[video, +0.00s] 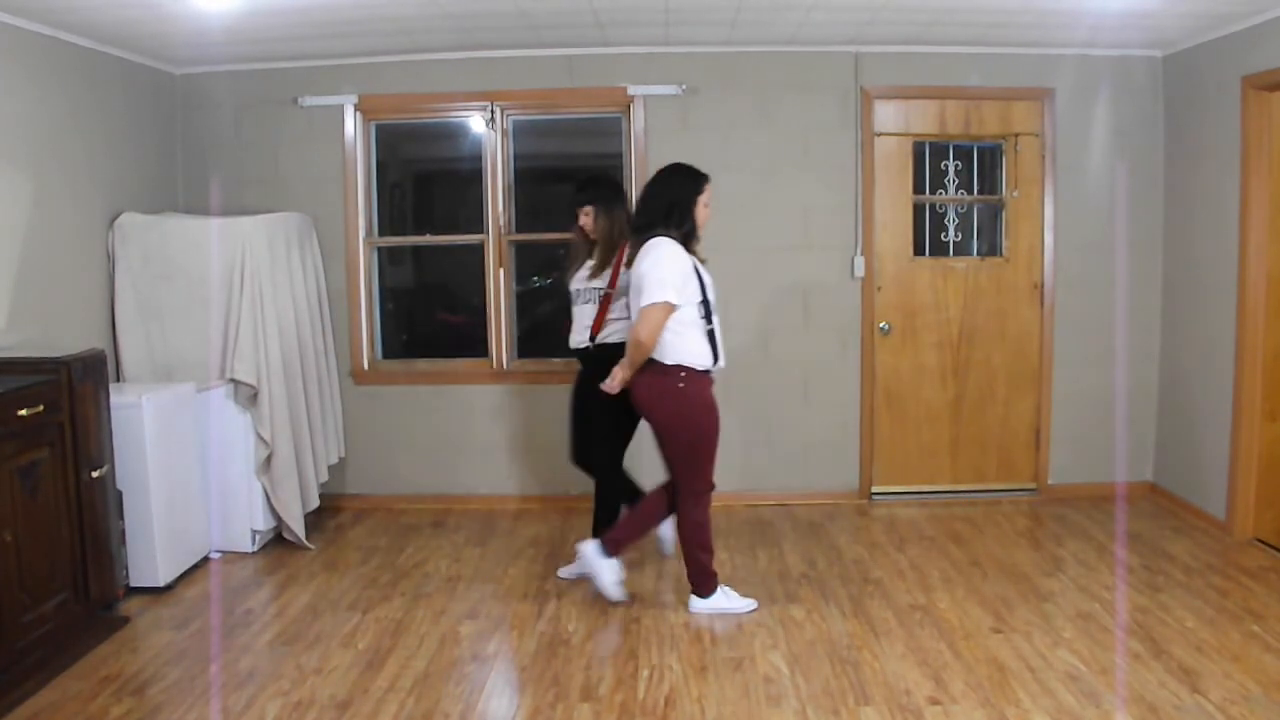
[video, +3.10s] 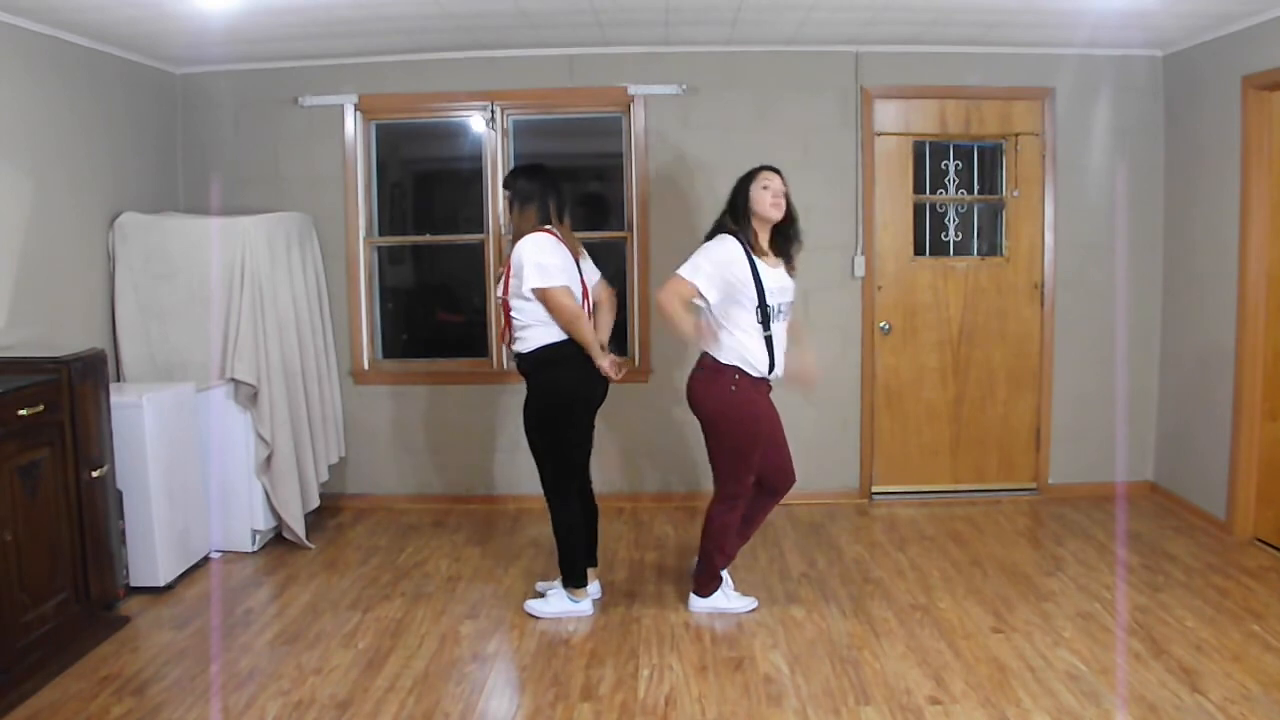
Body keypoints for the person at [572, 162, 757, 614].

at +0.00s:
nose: (709, 211)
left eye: (708, 202)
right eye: (705, 202)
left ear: (669, 202)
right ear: (684, 204)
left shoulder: (665, 251)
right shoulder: (666, 253)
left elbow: (647, 330)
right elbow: (645, 335)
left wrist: (627, 365)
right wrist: (626, 369)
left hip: (671, 381)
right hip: (678, 383)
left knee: (688, 483)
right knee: (695, 488)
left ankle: (606, 548)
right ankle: (705, 590)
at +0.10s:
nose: (722, 210)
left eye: (722, 201)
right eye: (718, 201)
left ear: (684, 202)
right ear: (697, 203)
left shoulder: (685, 251)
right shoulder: (675, 252)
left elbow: (660, 328)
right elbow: (656, 334)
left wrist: (639, 365)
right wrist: (639, 368)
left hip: (698, 377)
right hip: (683, 380)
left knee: (721, 479)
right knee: (700, 484)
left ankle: (647, 552)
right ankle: (705, 590)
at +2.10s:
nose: (747, 210)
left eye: (747, 201)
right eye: (742, 201)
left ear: (716, 203)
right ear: (717, 202)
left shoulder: (716, 252)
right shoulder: (699, 253)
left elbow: (688, 326)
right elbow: (681, 336)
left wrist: (664, 366)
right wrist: (663, 368)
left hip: (727, 381)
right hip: (708, 382)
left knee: (760, 470)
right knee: (707, 489)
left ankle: (712, 563)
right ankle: (704, 589)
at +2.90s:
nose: (769, 203)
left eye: (768, 195)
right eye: (763, 195)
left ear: (744, 201)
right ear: (738, 200)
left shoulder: (745, 252)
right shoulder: (716, 249)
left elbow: (721, 317)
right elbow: (669, 316)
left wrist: (688, 359)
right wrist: (679, 361)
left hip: (742, 383)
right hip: (719, 383)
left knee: (772, 473)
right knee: (716, 490)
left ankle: (715, 562)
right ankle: (705, 589)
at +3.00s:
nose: (773, 197)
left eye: (774, 191)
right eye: (763, 190)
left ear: (773, 202)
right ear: (738, 198)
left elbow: (746, 318)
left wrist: (755, 373)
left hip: (747, 384)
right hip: (722, 383)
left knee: (774, 475)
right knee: (721, 489)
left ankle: (715, 563)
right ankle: (705, 589)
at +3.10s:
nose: (776, 197)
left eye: (781, 192)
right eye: (765, 189)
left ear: (786, 206)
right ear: (743, 198)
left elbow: (777, 322)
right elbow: (669, 296)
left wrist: (794, 361)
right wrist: (694, 332)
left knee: (778, 477)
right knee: (734, 487)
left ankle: (716, 561)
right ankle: (706, 588)